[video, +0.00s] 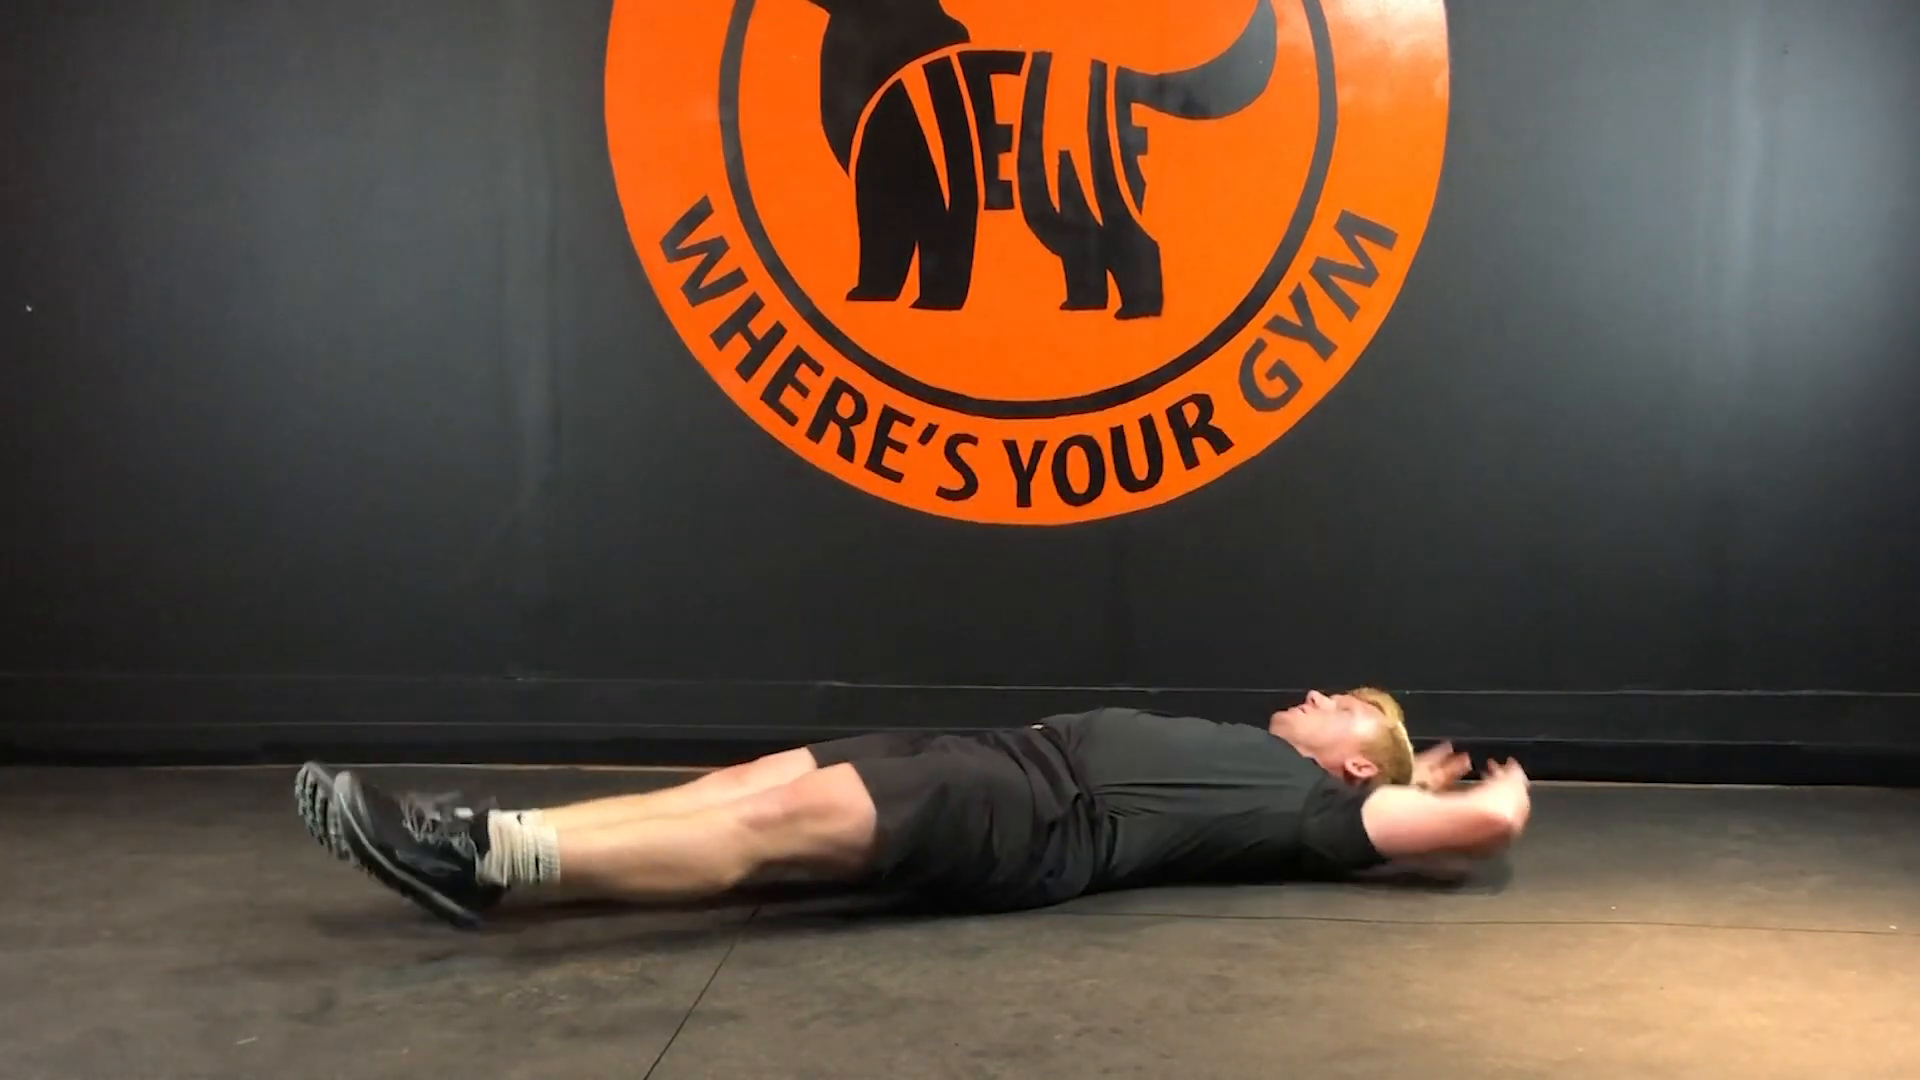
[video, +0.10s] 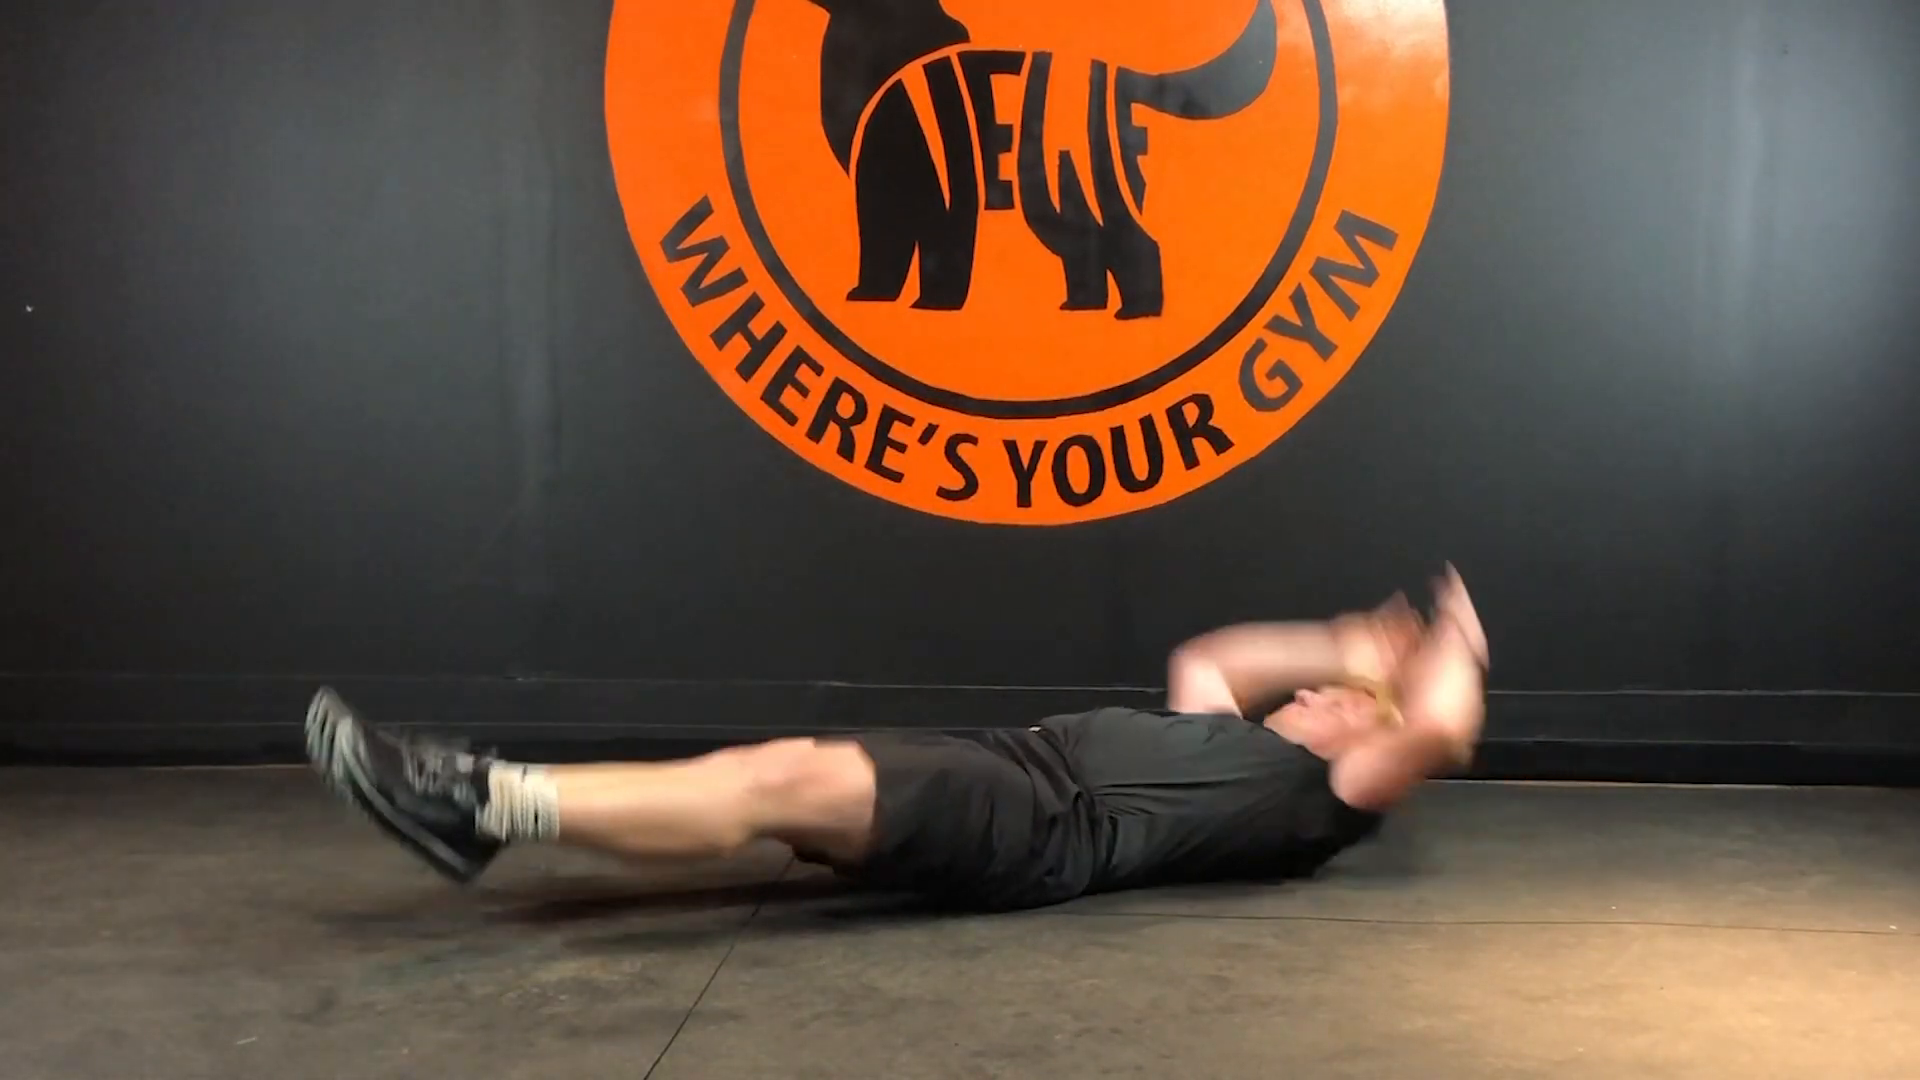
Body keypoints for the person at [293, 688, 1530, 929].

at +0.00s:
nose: (1319, 703)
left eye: (1345, 716)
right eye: (1324, 697)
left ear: (1369, 764)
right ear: (1306, 714)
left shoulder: (1330, 807)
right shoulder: (1224, 747)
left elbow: (1489, 823)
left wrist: (1478, 790)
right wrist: (1411, 764)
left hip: (1035, 796)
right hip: (966, 746)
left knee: (792, 814)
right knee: (737, 785)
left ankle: (481, 855)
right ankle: (474, 849)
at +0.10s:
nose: (1361, 702)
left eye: (1383, 707)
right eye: (1360, 688)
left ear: (1381, 750)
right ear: (1328, 701)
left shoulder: (1311, 795)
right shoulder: (1223, 730)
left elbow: (1437, 730)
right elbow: (1209, 657)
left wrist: (1454, 647)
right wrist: (1359, 644)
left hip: (1047, 815)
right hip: (993, 760)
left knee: (801, 778)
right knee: (766, 789)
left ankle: (485, 801)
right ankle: (483, 812)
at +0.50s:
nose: (1098, 543)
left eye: (1121, 529)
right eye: (1099, 528)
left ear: (1191, 537)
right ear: (1104, 530)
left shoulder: (1210, 612)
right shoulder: (1097, 604)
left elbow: (1074, 580)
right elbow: (956, 554)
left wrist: (935, 505)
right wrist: (853, 461)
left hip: (1030, 826)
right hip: (954, 830)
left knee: (942, 575)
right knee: (903, 568)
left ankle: (679, 480)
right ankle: (662, 490)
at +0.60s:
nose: (1071, 524)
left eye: (1093, 511)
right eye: (1072, 509)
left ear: (1161, 517)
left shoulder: (1184, 595)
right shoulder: (1084, 589)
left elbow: (1043, 555)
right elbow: (971, 531)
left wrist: (891, 461)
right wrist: (816, 444)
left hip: (1032, 831)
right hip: (958, 829)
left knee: (982, 578)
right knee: (930, 567)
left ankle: (737, 467)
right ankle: (726, 464)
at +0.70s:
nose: (1083, 526)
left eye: (1108, 514)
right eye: (1088, 512)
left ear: (1181, 527)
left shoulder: (1198, 608)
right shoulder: (1074, 600)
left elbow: (1055, 565)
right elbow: (955, 546)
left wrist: (924, 452)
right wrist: (847, 465)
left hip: (1033, 832)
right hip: (952, 831)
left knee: (951, 577)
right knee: (911, 568)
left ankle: (717, 471)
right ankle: (701, 479)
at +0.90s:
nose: (1201, 564)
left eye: (1230, 560)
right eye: (1208, 549)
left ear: (1273, 607)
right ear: (1212, 568)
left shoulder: (1262, 701)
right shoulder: (1148, 644)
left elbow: (1207, 616)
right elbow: (1028, 575)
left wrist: (1164, 464)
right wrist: (1034, 455)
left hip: (1043, 830)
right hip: (980, 796)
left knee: (854, 647)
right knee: (820, 628)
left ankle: (573, 609)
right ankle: (556, 590)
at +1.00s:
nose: (1240, 604)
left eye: (1270, 597)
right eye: (1251, 591)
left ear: (1309, 649)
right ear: (1240, 613)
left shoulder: (1267, 731)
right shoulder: (1181, 687)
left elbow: (1322, 647)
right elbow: (1105, 600)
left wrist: (1326, 521)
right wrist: (1182, 490)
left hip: (1055, 825)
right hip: (1004, 798)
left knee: (810, 701)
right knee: (790, 695)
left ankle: (529, 692)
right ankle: (523, 686)